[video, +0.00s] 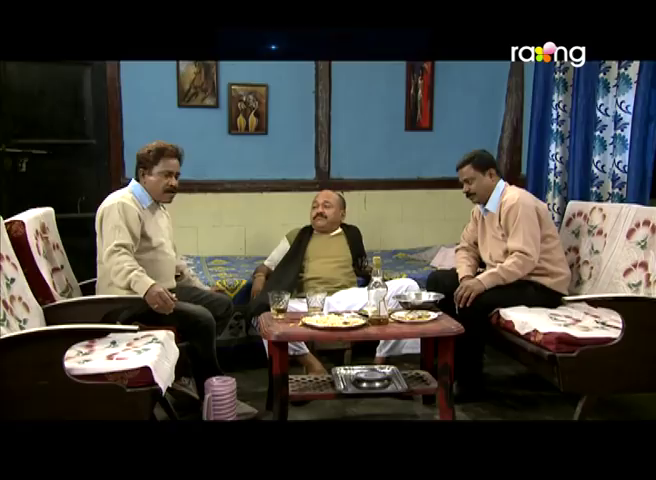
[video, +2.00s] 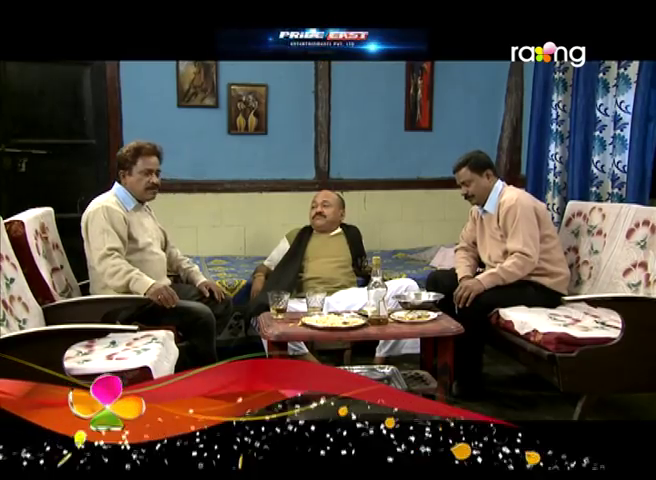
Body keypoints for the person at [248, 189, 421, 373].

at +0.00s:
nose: (318, 210)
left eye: (327, 206)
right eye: (315, 205)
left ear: (342, 214)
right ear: (310, 211)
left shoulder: (352, 233)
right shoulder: (297, 236)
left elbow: (363, 268)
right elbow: (265, 268)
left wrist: (379, 280)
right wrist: (258, 291)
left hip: (349, 297)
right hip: (306, 300)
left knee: (407, 286)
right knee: (267, 317)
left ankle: (380, 361)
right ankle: (312, 364)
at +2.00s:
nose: (318, 210)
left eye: (326, 206)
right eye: (314, 206)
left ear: (341, 213)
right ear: (309, 211)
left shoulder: (351, 233)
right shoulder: (297, 236)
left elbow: (362, 268)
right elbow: (265, 268)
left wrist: (379, 282)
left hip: (350, 297)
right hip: (309, 300)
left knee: (406, 286)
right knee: (269, 314)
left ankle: (381, 362)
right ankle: (309, 363)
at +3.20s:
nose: (317, 210)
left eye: (326, 206)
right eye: (314, 206)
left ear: (341, 213)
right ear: (309, 211)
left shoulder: (351, 233)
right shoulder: (297, 236)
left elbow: (362, 268)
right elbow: (265, 267)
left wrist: (377, 280)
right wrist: (257, 294)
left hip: (351, 297)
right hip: (311, 300)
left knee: (406, 286)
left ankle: (381, 362)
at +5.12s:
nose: (317, 210)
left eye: (325, 206)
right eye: (314, 206)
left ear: (341, 213)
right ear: (309, 211)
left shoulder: (351, 233)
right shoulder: (298, 236)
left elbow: (361, 269)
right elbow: (264, 269)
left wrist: (379, 280)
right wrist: (256, 301)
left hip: (350, 297)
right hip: (309, 300)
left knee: (406, 285)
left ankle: (381, 362)